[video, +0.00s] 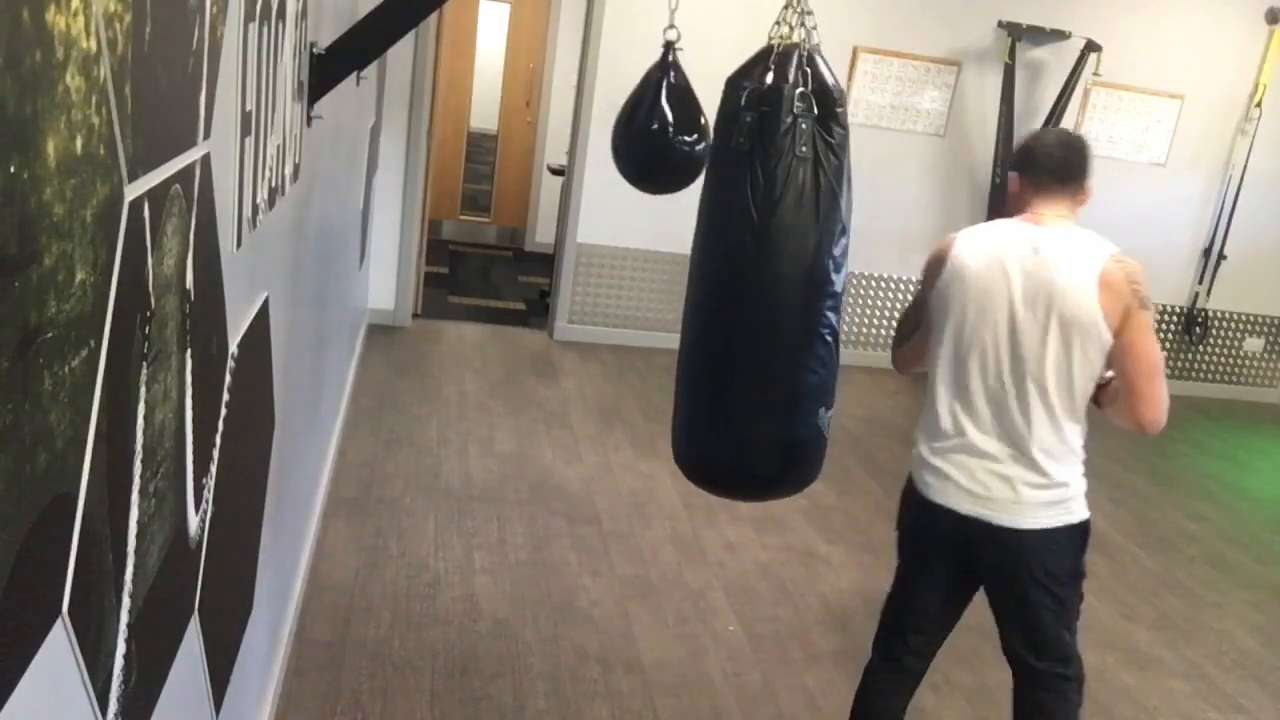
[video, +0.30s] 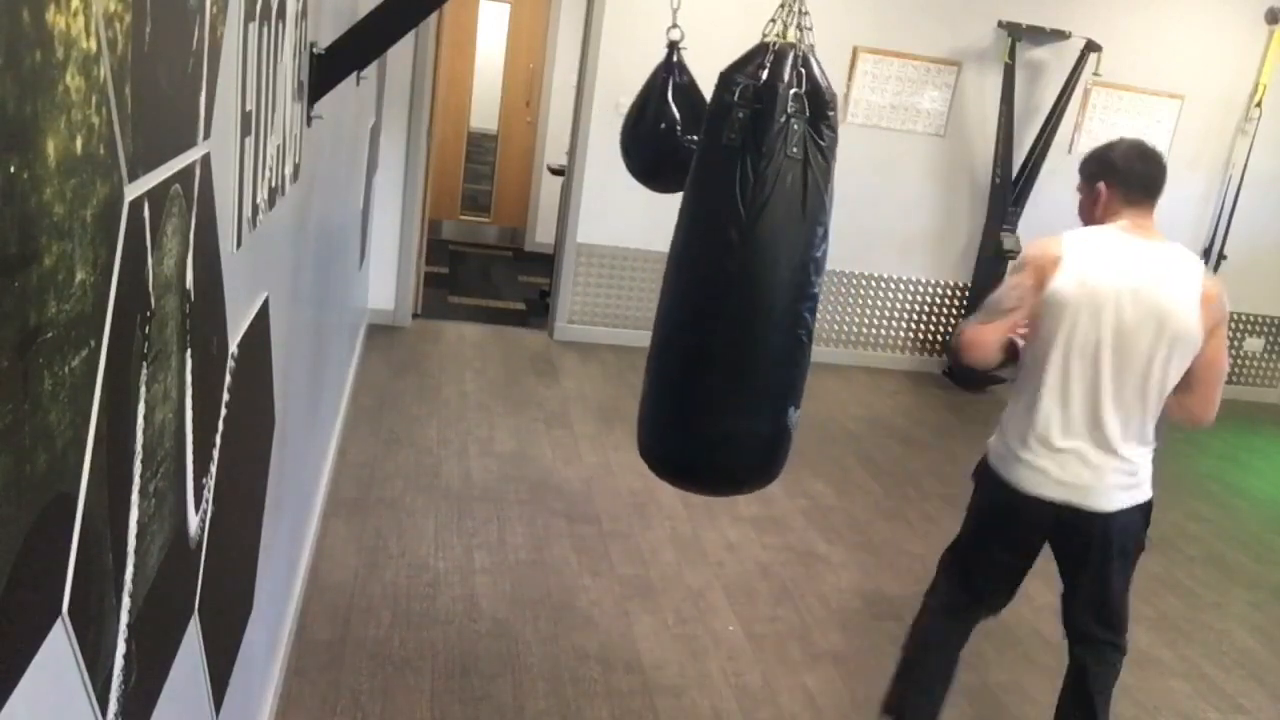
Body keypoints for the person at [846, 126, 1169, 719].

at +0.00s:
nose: (1006, 188)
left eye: (1007, 181)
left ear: (1014, 184)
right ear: (1085, 192)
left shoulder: (958, 251)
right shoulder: (1116, 276)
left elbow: (907, 356)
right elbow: (1147, 413)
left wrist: (978, 347)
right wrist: (1085, 383)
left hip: (937, 509)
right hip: (1039, 530)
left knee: (896, 660)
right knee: (1049, 681)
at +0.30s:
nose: (1077, 204)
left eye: (1081, 192)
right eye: (1080, 193)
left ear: (1100, 192)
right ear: (1154, 198)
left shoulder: (1053, 255)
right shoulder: (1203, 289)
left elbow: (974, 347)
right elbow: (1199, 408)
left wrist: (1017, 337)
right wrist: (1132, 382)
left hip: (1019, 481)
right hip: (1113, 504)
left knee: (955, 604)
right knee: (1098, 644)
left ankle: (905, 710)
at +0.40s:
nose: (1076, 192)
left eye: (1081, 177)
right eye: (1077, 178)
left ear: (1109, 175)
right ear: (1147, 180)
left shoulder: (1077, 240)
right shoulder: (1209, 267)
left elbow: (1031, 341)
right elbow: (1195, 375)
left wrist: (998, 329)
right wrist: (1127, 348)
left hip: (1032, 455)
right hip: (1123, 478)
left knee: (971, 573)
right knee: (1101, 628)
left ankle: (941, 703)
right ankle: (1081, 719)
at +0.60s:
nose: (1046, 197)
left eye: (1054, 186)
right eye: (1047, 185)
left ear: (1093, 186)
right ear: (1109, 186)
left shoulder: (1085, 256)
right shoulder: (1170, 248)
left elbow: (1073, 370)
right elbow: (1130, 328)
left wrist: (1006, 331)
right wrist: (1057, 287)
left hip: (1044, 452)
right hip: (1121, 466)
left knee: (987, 565)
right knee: (1097, 615)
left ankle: (963, 670)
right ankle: (1081, 713)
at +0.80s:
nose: (1013, 205)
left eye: (1020, 195)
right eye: (1011, 194)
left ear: (1059, 192)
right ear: (1067, 191)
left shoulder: (1059, 266)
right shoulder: (1127, 237)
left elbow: (1017, 363)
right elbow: (1088, 326)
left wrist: (972, 309)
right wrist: (1018, 288)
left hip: (1033, 434)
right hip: (1096, 440)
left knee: (971, 538)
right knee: (1060, 543)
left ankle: (966, 671)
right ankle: (1104, 682)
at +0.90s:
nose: (1011, 186)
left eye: (1019, 176)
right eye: (1011, 174)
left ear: (1061, 173)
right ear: (1066, 174)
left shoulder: (1061, 243)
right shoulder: (1115, 219)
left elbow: (1014, 336)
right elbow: (1072, 301)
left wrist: (978, 280)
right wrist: (1014, 263)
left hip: (1036, 415)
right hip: (1090, 416)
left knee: (976, 532)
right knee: (1041, 517)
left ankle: (965, 666)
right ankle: (1081, 649)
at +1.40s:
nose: (1013, 165)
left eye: (1022, 157)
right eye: (1011, 156)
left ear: (1059, 155)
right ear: (1035, 156)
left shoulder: (1089, 213)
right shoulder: (1033, 202)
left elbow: (1076, 307)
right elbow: (1013, 282)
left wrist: (1013, 267)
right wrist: (973, 251)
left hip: (1038, 374)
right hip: (1013, 364)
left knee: (975, 498)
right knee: (1008, 485)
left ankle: (948, 646)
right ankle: (1018, 596)